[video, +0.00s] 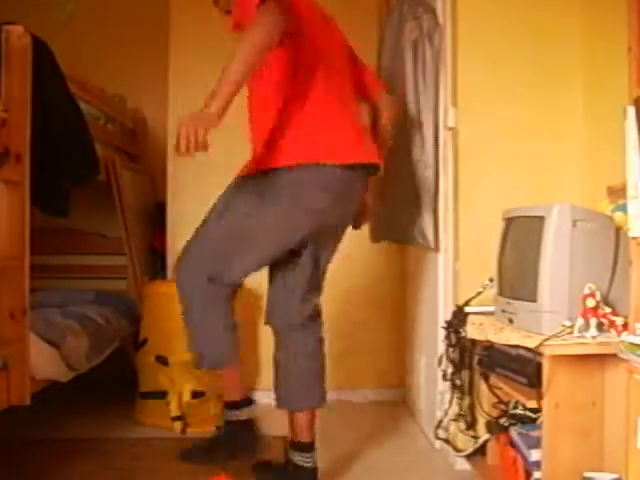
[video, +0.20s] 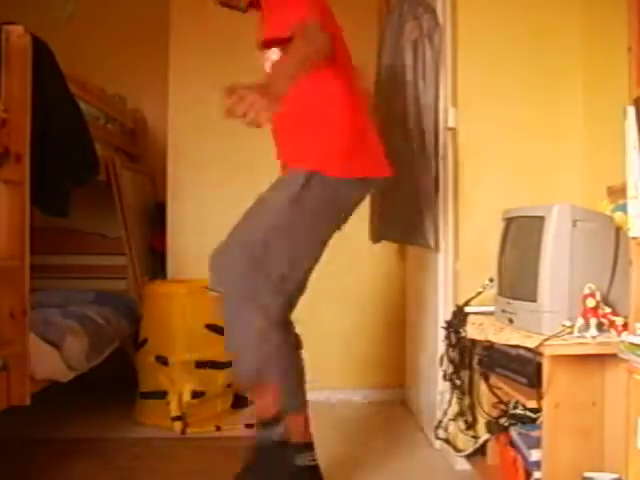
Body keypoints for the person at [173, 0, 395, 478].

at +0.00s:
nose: (231, 22)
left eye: (230, 13)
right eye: (232, 18)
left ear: (241, 1)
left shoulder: (263, 6)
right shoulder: (326, 28)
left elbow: (271, 24)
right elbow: (386, 103)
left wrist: (211, 108)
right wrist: (368, 178)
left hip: (301, 169)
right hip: (345, 174)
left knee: (200, 272)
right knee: (294, 309)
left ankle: (237, 424)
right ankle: (302, 456)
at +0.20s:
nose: (229, 5)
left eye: (227, 1)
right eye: (226, 3)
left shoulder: (287, 5)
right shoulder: (278, 19)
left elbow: (316, 40)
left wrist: (270, 90)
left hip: (332, 158)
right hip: (327, 160)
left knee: (237, 264)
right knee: (266, 297)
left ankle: (266, 400)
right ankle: (295, 446)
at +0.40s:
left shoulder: (319, 4)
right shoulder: (283, 15)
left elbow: (371, 32)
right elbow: (315, 82)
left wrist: (370, 127)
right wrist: (302, 164)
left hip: (348, 167)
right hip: (312, 172)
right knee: (274, 286)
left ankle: (396, 464)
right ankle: (301, 405)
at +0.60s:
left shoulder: (346, 5)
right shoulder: (275, 7)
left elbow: (418, 41)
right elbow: (309, 72)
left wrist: (438, 136)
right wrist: (287, 129)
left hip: (353, 156)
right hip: (314, 166)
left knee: (330, 298)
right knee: (290, 297)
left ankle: (368, 444)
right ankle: (345, 414)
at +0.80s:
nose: (249, 6)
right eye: (239, 4)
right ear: (233, 6)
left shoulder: (328, 10)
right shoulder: (245, 43)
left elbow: (420, 42)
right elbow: (263, 114)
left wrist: (454, 108)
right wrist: (243, 184)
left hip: (368, 165)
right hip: (319, 180)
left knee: (329, 286)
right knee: (319, 296)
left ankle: (361, 393)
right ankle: (361, 439)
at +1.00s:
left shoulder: (327, 13)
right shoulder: (233, 35)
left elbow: (423, 70)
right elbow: (245, 109)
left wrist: (392, 69)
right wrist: (246, 183)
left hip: (352, 177)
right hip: (297, 196)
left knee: (366, 291)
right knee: (309, 323)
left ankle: (406, 427)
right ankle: (364, 443)